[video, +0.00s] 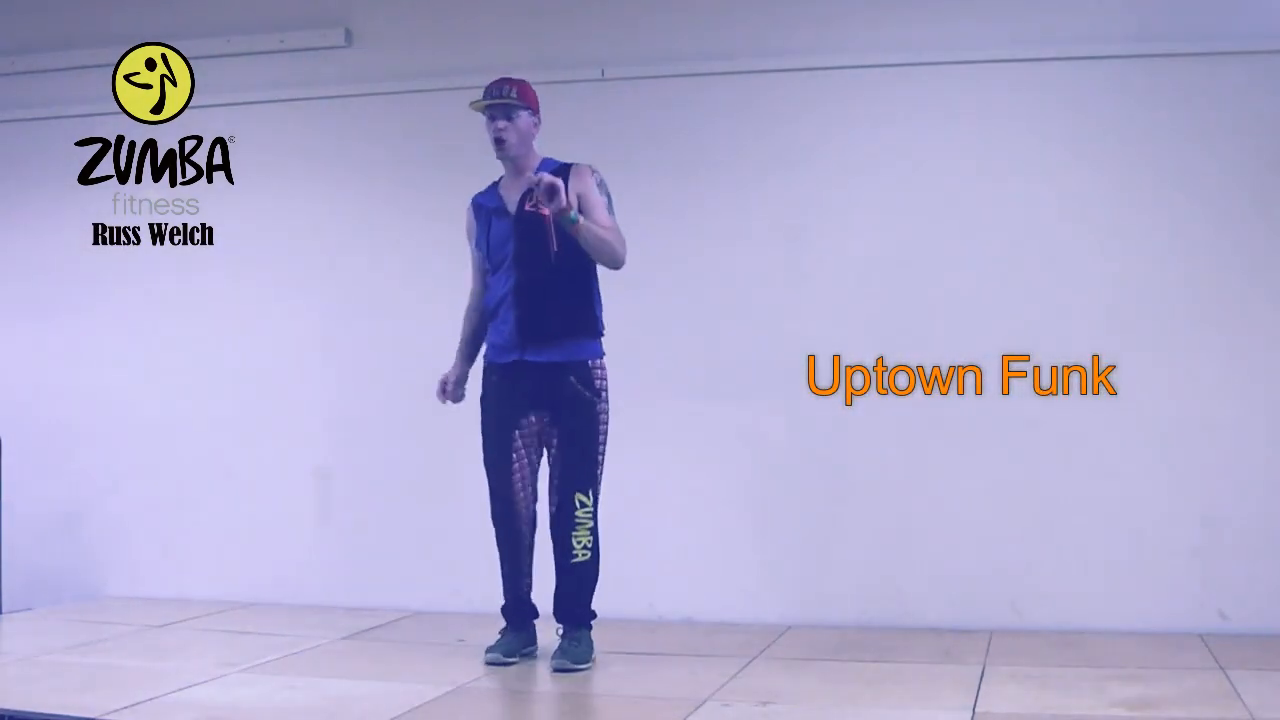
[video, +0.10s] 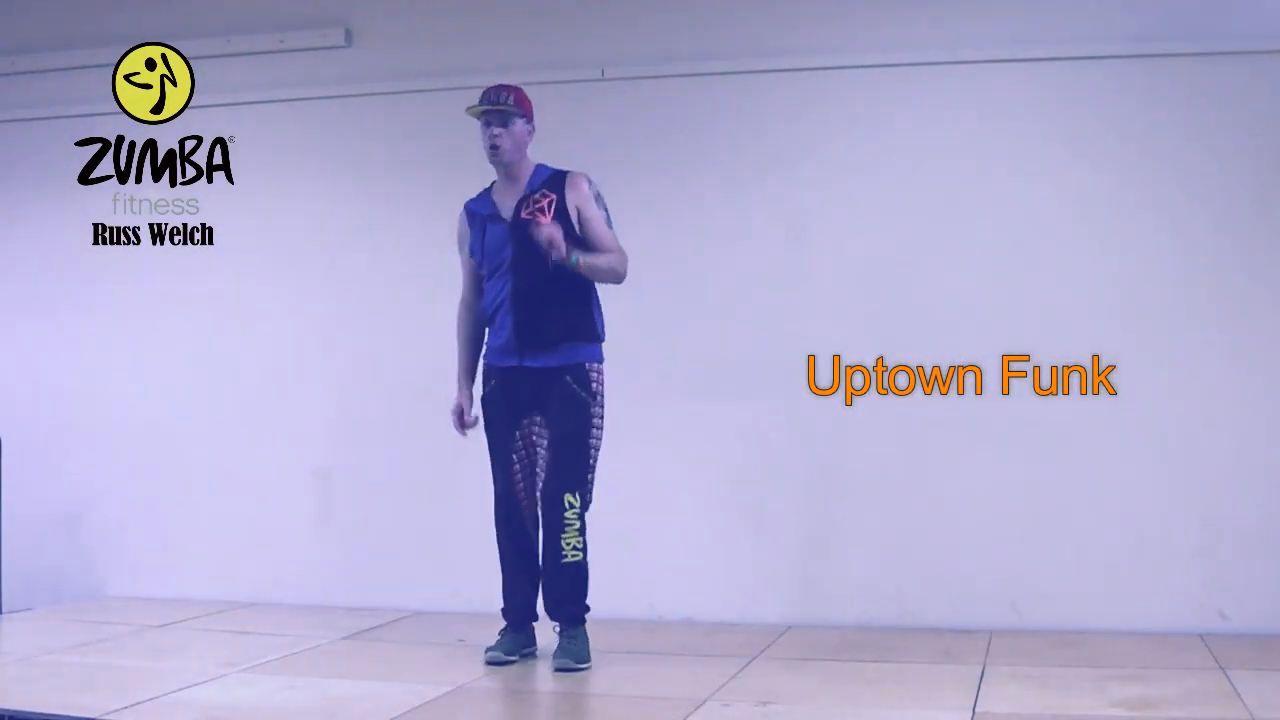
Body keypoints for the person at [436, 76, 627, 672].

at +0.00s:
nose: (498, 127)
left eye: (508, 116)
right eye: (490, 119)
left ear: (534, 121)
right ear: (484, 129)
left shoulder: (578, 180)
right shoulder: (482, 206)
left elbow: (615, 254)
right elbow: (480, 292)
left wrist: (568, 213)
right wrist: (461, 363)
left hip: (575, 368)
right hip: (508, 371)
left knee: (574, 505)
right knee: (510, 505)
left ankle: (576, 629)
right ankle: (518, 627)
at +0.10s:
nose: (491, 133)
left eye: (502, 123)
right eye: (485, 124)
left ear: (528, 128)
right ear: (480, 133)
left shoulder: (570, 188)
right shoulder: (474, 212)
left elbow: (617, 267)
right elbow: (470, 301)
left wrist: (567, 253)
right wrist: (463, 383)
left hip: (570, 370)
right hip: (504, 374)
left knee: (564, 502)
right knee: (513, 504)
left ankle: (571, 629)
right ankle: (517, 629)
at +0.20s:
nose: (490, 137)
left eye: (500, 127)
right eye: (482, 129)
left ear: (525, 133)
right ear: (475, 139)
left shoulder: (568, 192)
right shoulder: (472, 219)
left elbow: (615, 267)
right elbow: (469, 309)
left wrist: (574, 299)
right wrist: (466, 393)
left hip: (570, 368)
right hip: (506, 374)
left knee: (562, 497)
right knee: (509, 502)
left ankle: (568, 621)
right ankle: (517, 626)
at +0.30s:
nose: (491, 131)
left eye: (502, 121)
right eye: (482, 123)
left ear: (526, 130)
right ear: (474, 137)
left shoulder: (567, 194)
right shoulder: (471, 216)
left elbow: (619, 269)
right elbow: (472, 305)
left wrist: (601, 344)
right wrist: (470, 389)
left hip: (571, 366)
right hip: (509, 373)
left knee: (567, 485)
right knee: (511, 497)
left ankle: (584, 612)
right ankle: (517, 625)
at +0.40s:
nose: (498, 122)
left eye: (509, 112)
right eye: (490, 114)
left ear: (532, 121)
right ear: (480, 128)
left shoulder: (573, 186)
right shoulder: (476, 208)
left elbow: (628, 257)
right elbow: (475, 298)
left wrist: (619, 308)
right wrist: (469, 378)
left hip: (578, 362)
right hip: (513, 370)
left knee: (578, 488)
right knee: (519, 501)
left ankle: (603, 618)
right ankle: (518, 626)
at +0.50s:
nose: (512, 124)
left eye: (522, 113)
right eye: (502, 116)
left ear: (546, 121)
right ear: (493, 129)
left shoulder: (584, 185)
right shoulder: (489, 205)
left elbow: (645, 256)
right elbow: (482, 293)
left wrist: (641, 224)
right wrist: (460, 375)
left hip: (585, 370)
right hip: (520, 376)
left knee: (597, 503)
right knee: (524, 505)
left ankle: (621, 633)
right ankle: (518, 628)